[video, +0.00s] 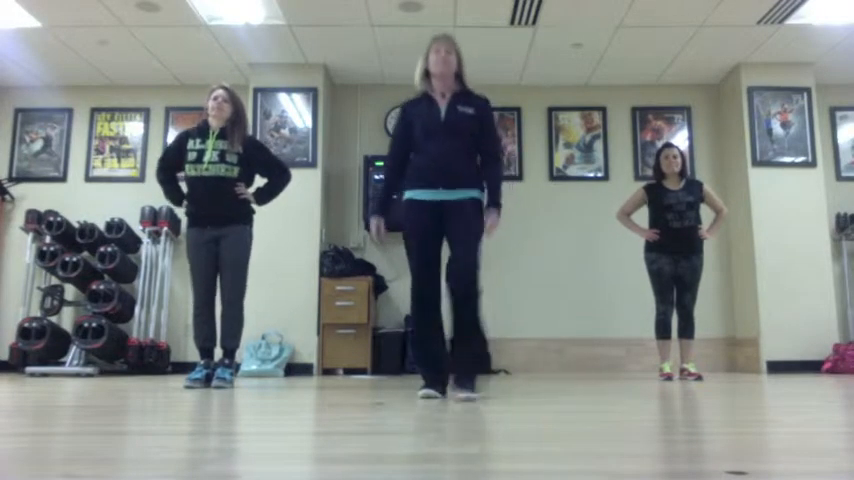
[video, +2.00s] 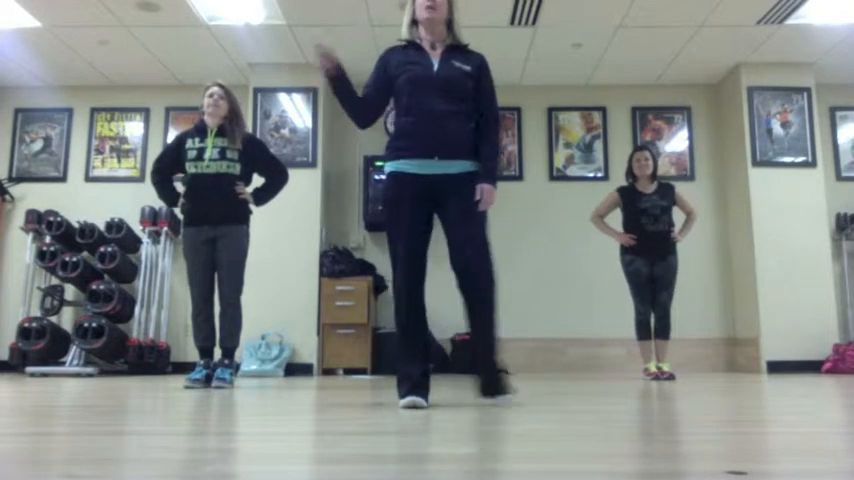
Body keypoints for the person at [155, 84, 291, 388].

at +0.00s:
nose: (217, 102)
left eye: (224, 100)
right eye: (214, 98)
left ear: (234, 110)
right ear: (206, 106)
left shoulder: (246, 144)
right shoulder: (189, 139)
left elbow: (282, 174)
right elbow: (164, 169)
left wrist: (258, 196)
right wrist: (180, 200)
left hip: (235, 227)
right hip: (199, 226)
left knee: (232, 295)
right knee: (202, 296)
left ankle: (227, 363)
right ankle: (205, 362)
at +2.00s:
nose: (213, 100)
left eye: (220, 97)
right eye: (209, 96)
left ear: (230, 107)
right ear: (202, 104)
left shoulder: (245, 142)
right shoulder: (187, 140)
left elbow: (280, 174)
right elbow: (159, 171)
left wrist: (256, 196)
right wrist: (175, 199)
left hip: (232, 227)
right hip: (196, 226)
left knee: (229, 295)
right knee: (200, 297)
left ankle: (227, 362)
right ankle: (205, 361)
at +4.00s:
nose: (202, 98)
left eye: (209, 95)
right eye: (199, 95)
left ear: (220, 104)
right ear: (192, 103)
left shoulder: (237, 138)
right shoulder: (178, 142)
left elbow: (251, 181)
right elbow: (170, 189)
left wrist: (266, 178)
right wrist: (150, 184)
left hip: (225, 227)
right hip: (187, 227)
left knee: (219, 295)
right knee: (186, 296)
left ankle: (217, 362)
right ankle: (187, 364)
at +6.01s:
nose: (215, 96)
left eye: (222, 94)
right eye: (211, 92)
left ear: (232, 105)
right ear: (203, 100)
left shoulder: (244, 139)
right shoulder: (184, 134)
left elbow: (262, 182)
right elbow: (164, 177)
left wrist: (284, 175)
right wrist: (180, 168)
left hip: (240, 225)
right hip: (200, 227)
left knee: (261, 281)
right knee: (194, 294)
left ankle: (269, 354)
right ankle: (190, 363)